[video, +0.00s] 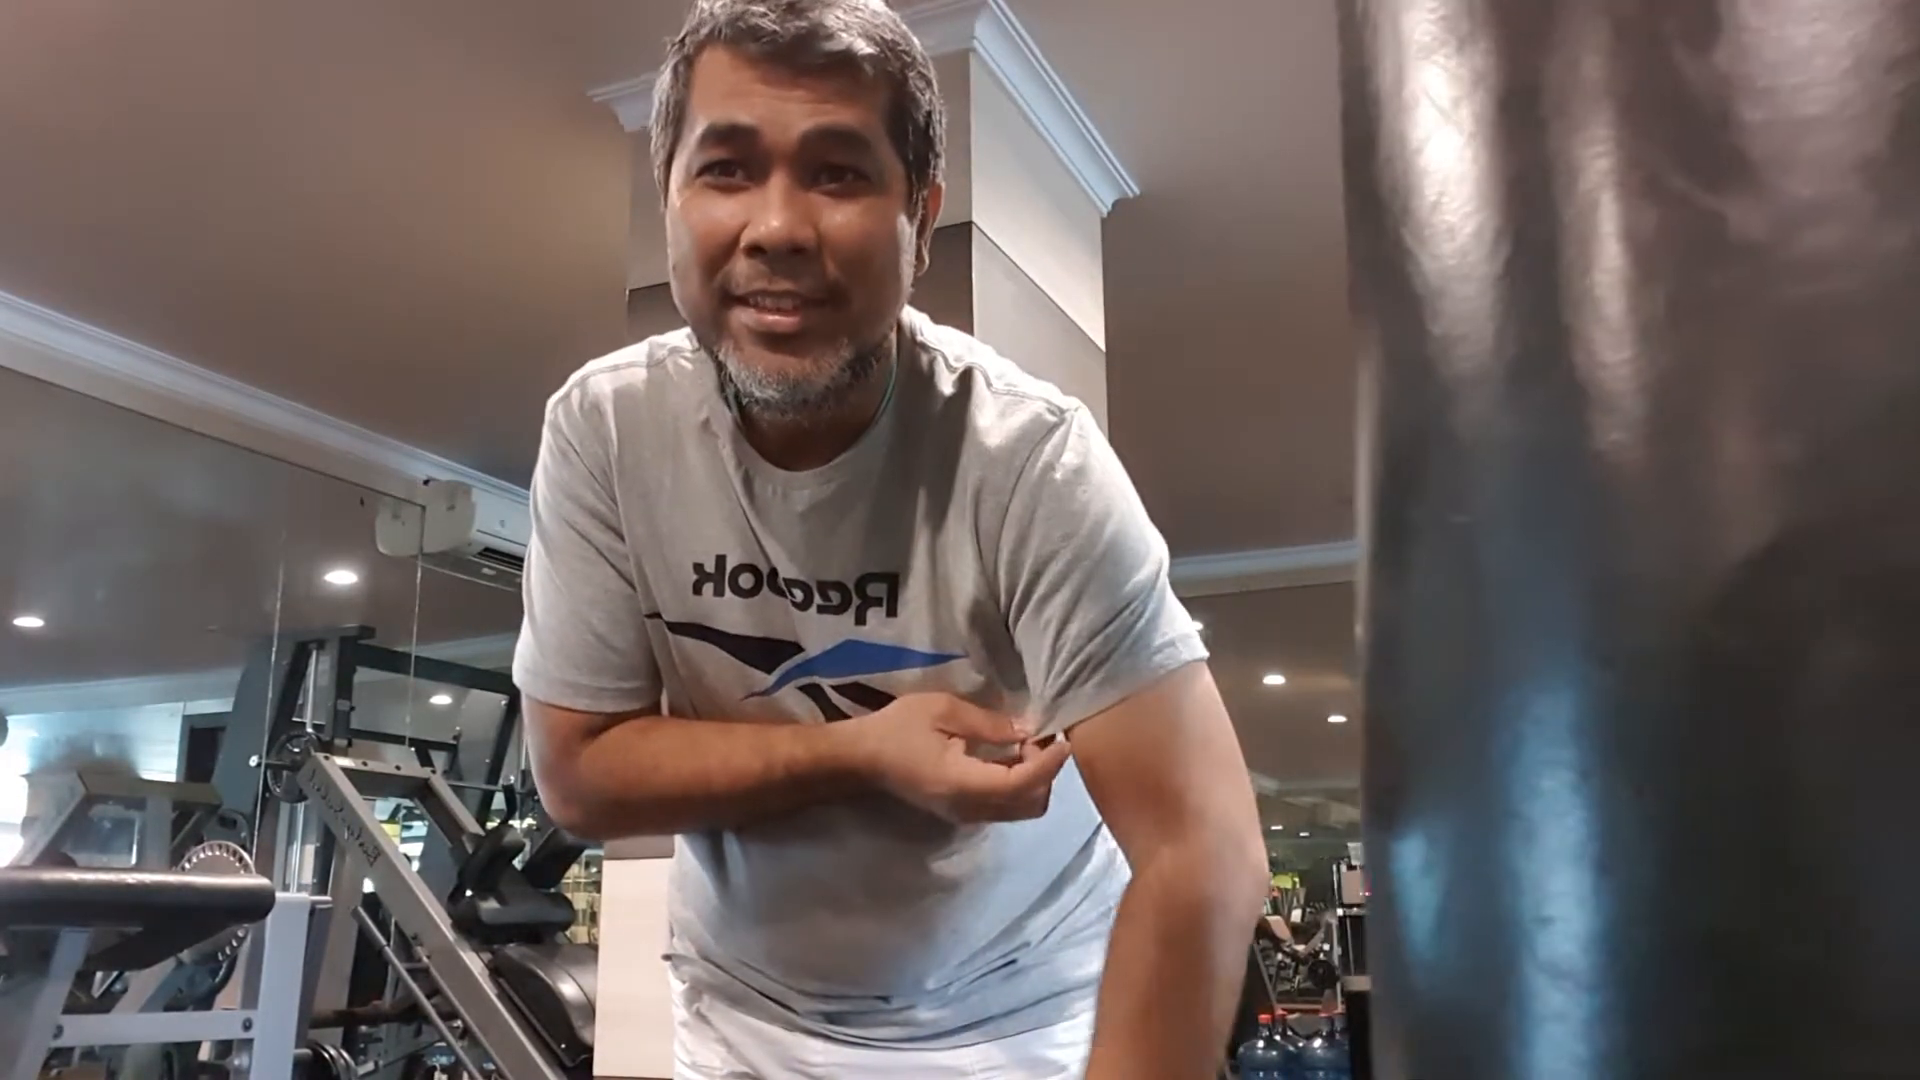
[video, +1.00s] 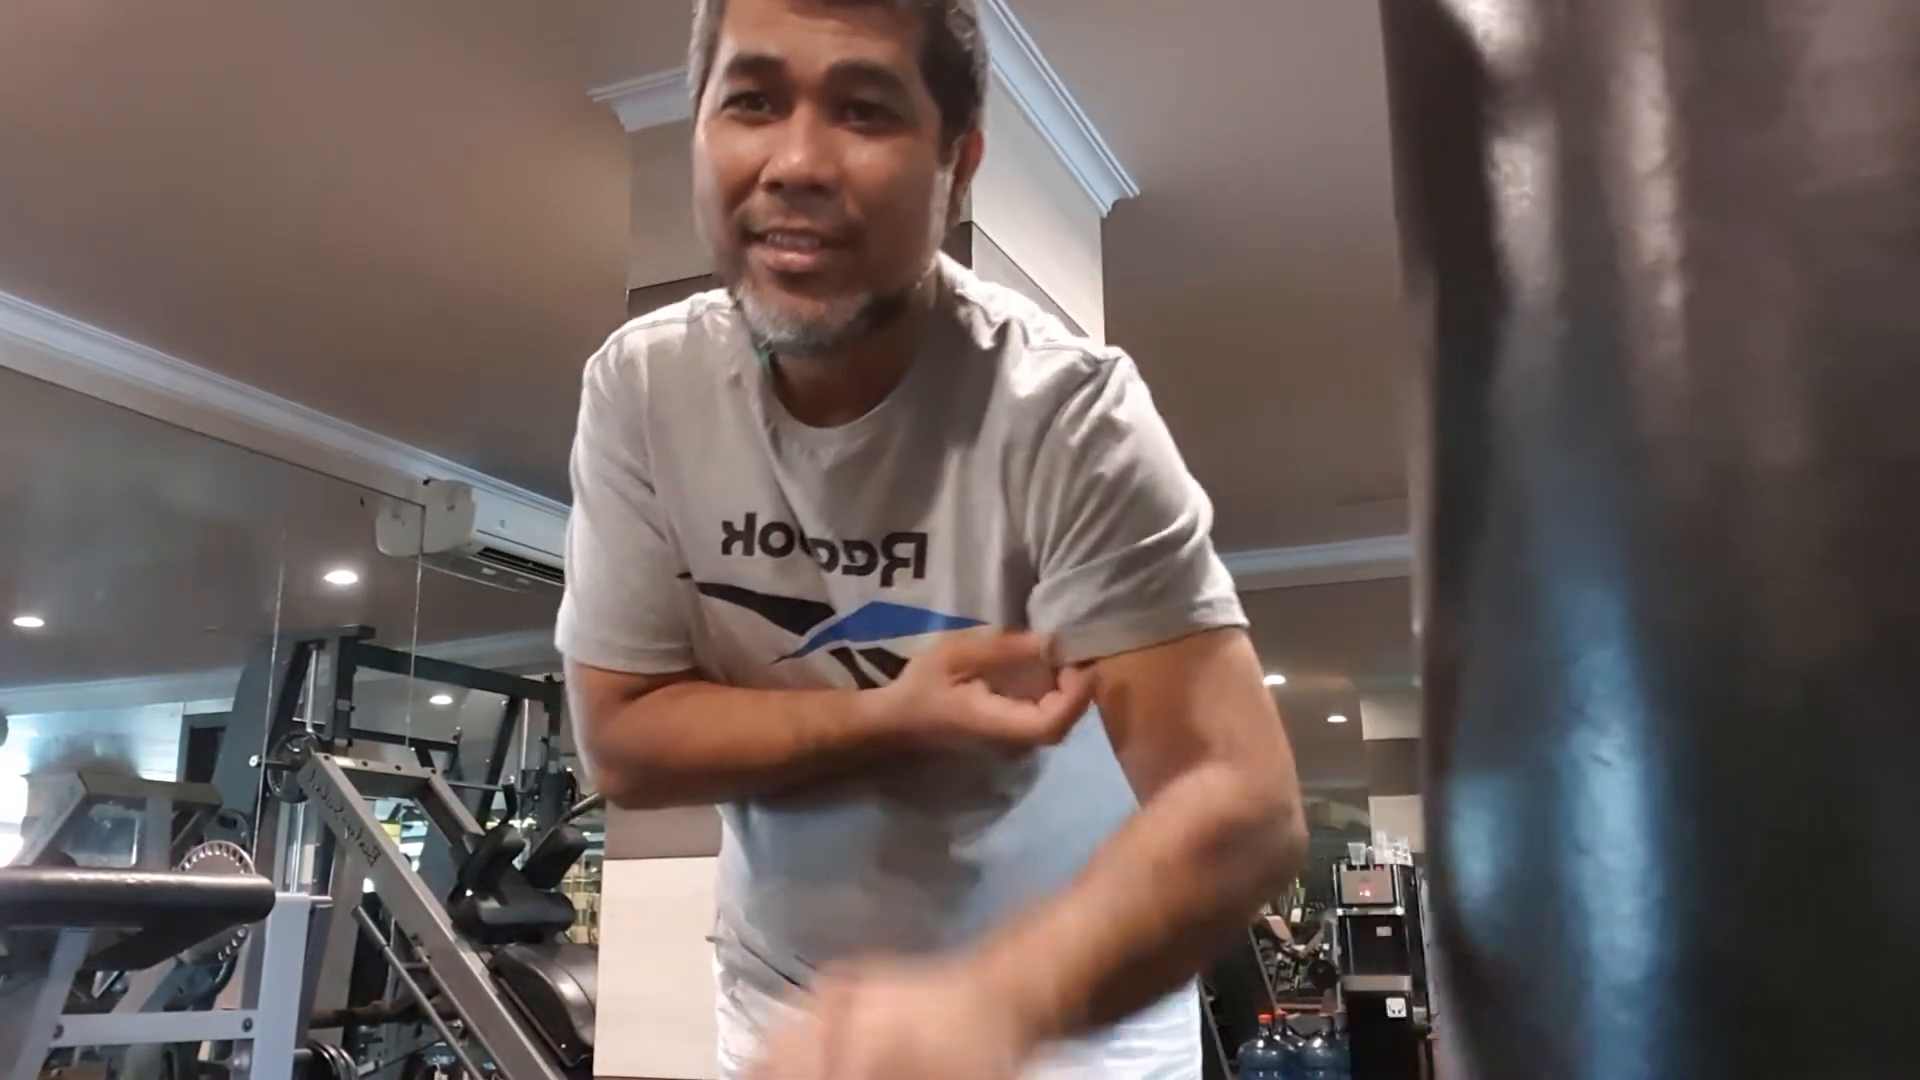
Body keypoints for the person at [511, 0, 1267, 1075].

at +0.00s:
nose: (778, 229)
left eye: (840, 174)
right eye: (729, 168)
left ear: (922, 213)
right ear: (666, 201)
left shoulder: (1029, 457)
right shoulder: (604, 430)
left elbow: (1206, 856)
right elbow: (580, 778)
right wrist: (858, 753)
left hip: (1025, 1025)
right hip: (747, 1017)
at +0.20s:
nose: (774, 220)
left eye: (835, 165)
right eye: (725, 162)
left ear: (920, 206)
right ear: (662, 195)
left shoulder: (1023, 447)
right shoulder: (604, 423)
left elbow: (1194, 832)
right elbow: (577, 774)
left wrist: (956, 1066)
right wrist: (853, 752)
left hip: (1021, 1013)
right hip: (744, 1019)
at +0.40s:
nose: (759, 208)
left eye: (822, 158)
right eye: (712, 150)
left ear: (911, 202)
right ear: (653, 182)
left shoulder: (1018, 436)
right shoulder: (602, 414)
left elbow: (1180, 818)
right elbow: (578, 764)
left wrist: (859, 886)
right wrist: (846, 733)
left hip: (1025, 1005)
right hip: (735, 995)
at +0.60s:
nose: (747, 197)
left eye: (811, 144)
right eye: (701, 137)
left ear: (905, 193)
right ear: (650, 169)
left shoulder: (1014, 419)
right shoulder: (606, 407)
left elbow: (1191, 817)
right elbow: (586, 756)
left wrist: (918, 786)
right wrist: (860, 707)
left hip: (1029, 1016)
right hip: (753, 1011)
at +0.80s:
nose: (758, 190)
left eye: (824, 135)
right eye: (715, 129)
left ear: (920, 183)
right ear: (665, 159)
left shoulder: (1036, 414)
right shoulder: (616, 404)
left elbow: (1216, 821)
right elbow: (601, 755)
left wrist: (983, 779)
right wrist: (871, 702)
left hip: (1043, 1016)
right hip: (767, 1011)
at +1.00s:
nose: (796, 165)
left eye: (863, 112)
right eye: (753, 103)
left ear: (957, 161)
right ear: (698, 133)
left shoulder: (1069, 409)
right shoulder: (643, 388)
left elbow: (1245, 803)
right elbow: (624, 742)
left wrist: (990, 1004)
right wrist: (892, 719)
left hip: (1075, 1015)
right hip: (785, 1017)